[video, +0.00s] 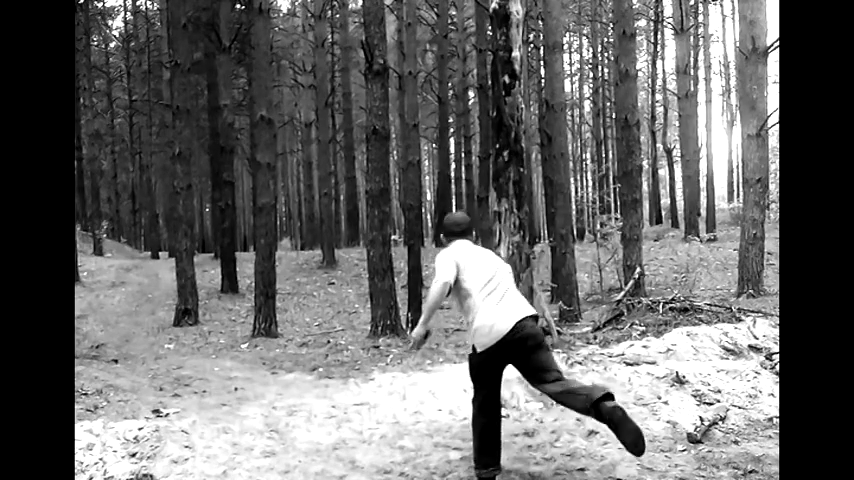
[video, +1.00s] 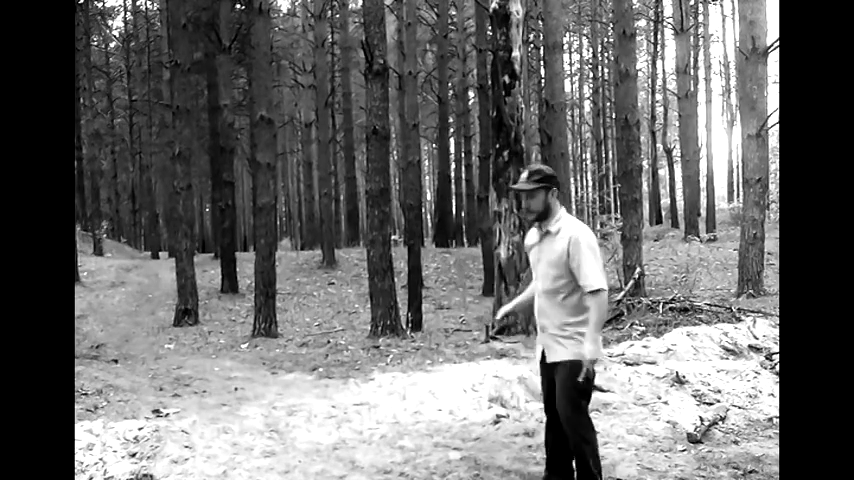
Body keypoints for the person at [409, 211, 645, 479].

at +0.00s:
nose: (439, 241)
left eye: (439, 237)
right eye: (441, 237)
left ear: (443, 238)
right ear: (471, 234)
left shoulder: (448, 254)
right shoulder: (490, 255)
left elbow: (443, 283)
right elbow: (508, 290)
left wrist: (422, 324)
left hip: (488, 335)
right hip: (524, 323)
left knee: (485, 402)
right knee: (553, 381)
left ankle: (486, 469)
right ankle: (602, 406)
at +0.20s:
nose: (451, 214)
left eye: (451, 210)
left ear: (452, 212)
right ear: (480, 208)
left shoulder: (456, 241)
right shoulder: (503, 235)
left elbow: (450, 282)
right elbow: (534, 273)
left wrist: (432, 319)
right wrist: (544, 313)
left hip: (497, 330)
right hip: (533, 320)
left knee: (491, 402)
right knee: (545, 389)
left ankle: (487, 469)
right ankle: (585, 449)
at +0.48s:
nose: (481, 205)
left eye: (481, 199)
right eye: (481, 199)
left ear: (489, 198)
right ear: (512, 196)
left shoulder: (505, 231)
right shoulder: (535, 225)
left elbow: (493, 285)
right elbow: (538, 280)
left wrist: (463, 296)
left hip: (522, 337)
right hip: (555, 334)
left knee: (499, 407)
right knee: (548, 405)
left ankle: (488, 468)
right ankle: (559, 471)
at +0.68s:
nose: (495, 201)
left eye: (497, 193)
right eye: (494, 194)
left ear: (514, 190)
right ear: (519, 191)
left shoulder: (536, 225)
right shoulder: (537, 220)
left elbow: (536, 278)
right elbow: (535, 275)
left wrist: (492, 286)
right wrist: (497, 276)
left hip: (542, 332)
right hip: (559, 330)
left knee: (518, 399)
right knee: (557, 401)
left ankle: (540, 470)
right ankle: (562, 468)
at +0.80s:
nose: (504, 201)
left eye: (507, 193)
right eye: (502, 194)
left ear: (526, 190)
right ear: (524, 191)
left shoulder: (550, 226)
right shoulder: (538, 223)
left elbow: (557, 283)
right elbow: (537, 274)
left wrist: (517, 310)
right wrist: (502, 277)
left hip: (553, 332)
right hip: (550, 330)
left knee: (533, 402)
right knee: (559, 401)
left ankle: (562, 471)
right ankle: (568, 466)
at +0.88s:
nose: (514, 201)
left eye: (520, 193)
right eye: (511, 195)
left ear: (540, 191)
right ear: (516, 196)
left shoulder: (562, 229)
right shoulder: (535, 229)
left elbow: (577, 289)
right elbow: (538, 279)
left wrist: (555, 334)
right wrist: (505, 287)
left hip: (564, 340)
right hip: (546, 339)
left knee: (559, 411)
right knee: (554, 410)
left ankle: (579, 473)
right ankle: (559, 471)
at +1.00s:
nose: (524, 203)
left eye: (531, 196)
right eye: (521, 197)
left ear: (551, 193)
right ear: (520, 197)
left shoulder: (577, 235)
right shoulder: (533, 237)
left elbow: (598, 294)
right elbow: (541, 283)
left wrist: (591, 347)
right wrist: (511, 307)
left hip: (576, 348)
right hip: (548, 347)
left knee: (571, 415)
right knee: (554, 422)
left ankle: (590, 477)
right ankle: (557, 476)